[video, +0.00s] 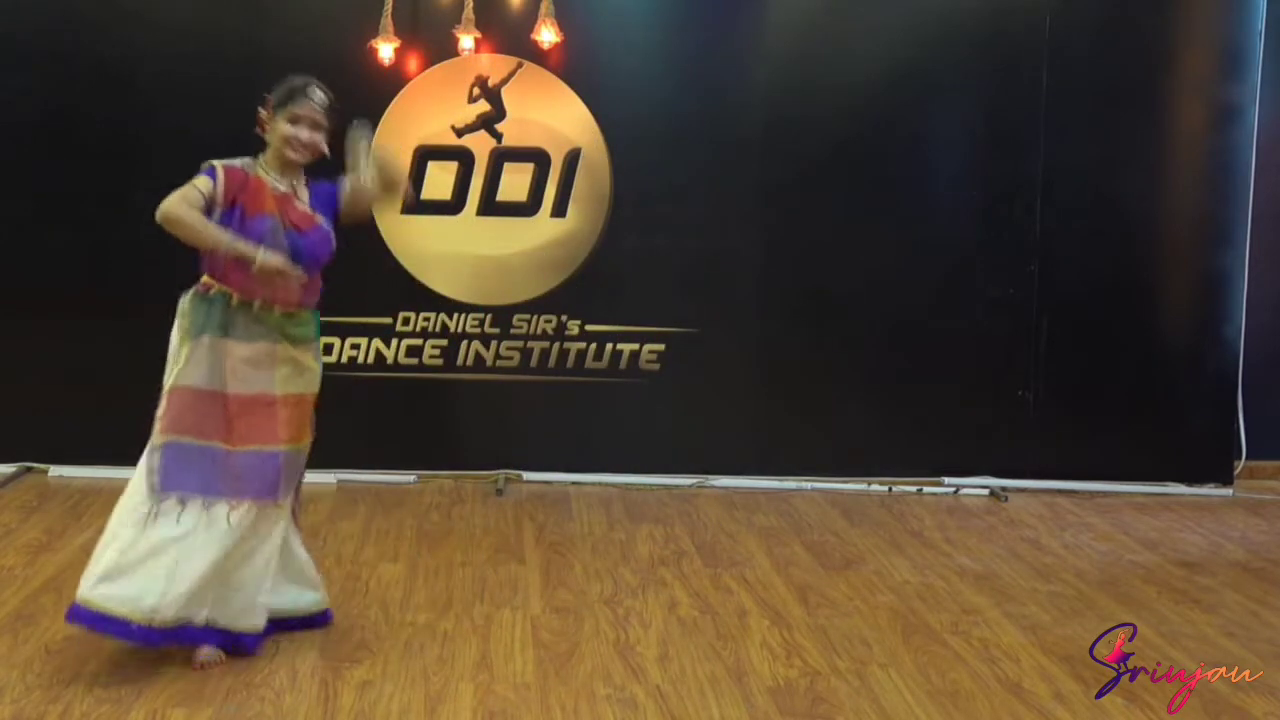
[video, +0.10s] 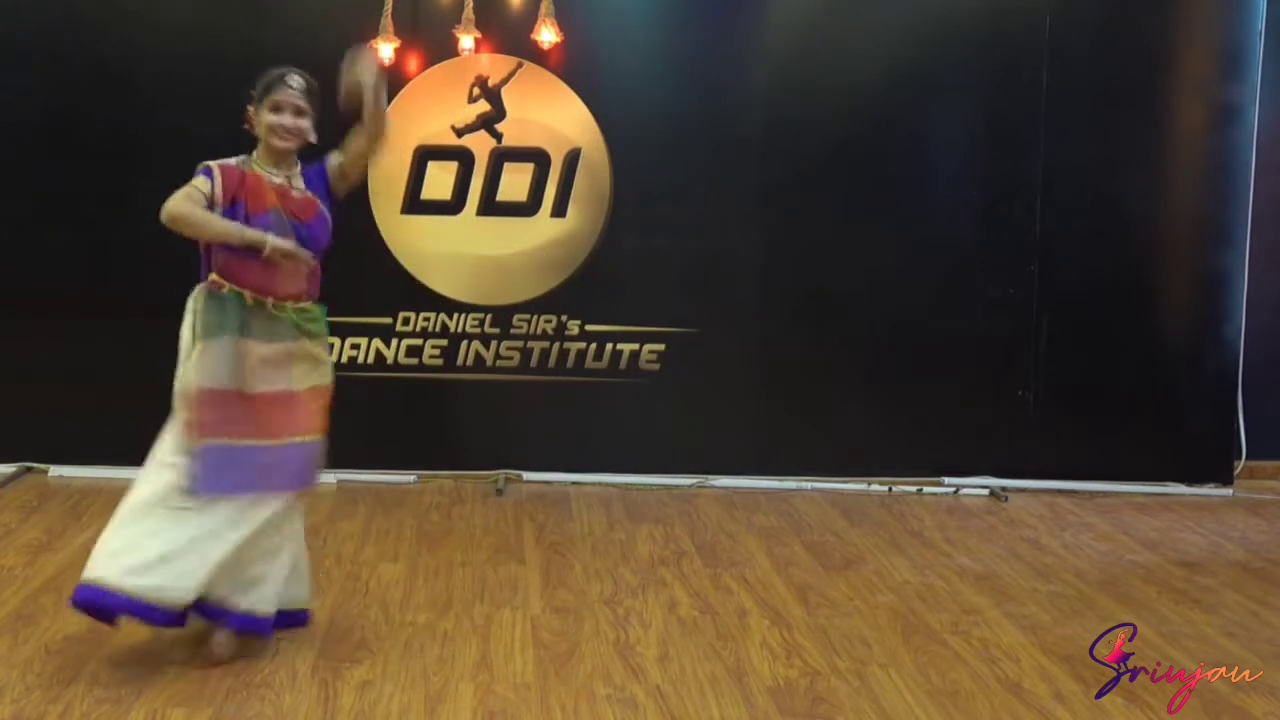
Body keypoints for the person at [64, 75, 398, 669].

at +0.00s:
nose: (307, 134)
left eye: (318, 127)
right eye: (297, 121)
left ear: (326, 138)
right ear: (267, 121)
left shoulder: (323, 194)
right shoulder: (231, 176)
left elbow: (380, 191)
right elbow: (172, 211)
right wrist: (254, 254)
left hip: (286, 350)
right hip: (220, 344)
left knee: (267, 481)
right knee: (218, 480)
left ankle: (243, 608)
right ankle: (205, 617)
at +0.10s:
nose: (290, 120)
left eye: (300, 113)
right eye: (279, 110)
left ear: (312, 126)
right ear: (254, 118)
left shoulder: (320, 183)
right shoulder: (228, 174)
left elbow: (368, 140)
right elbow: (176, 211)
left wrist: (370, 83)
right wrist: (260, 238)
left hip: (292, 351)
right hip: (225, 347)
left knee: (273, 479)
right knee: (204, 468)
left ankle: (240, 609)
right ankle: (122, 578)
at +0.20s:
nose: (271, 114)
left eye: (282, 105)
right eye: (259, 105)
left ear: (299, 115)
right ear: (241, 114)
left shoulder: (316, 171)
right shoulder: (223, 180)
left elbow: (368, 101)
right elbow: (199, 230)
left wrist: (396, 35)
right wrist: (286, 239)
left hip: (306, 335)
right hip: (237, 335)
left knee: (317, 465)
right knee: (234, 461)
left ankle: (264, 590)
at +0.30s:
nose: (268, 114)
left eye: (279, 104)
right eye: (256, 105)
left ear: (297, 115)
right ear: (240, 118)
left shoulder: (319, 165)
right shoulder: (230, 184)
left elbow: (369, 92)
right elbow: (235, 241)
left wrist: (394, 27)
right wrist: (314, 243)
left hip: (315, 323)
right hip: (249, 326)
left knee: (338, 449)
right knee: (254, 455)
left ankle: (337, 588)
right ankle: (235, 587)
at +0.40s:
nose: (293, 115)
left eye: (302, 106)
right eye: (280, 107)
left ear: (314, 116)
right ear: (255, 119)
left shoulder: (322, 156)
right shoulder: (264, 189)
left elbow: (352, 83)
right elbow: (315, 243)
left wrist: (347, 14)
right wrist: (377, 239)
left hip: (337, 326)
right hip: (281, 331)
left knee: (363, 447)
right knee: (274, 458)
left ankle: (353, 578)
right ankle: (246, 590)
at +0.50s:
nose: (336, 116)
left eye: (337, 105)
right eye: (320, 108)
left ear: (335, 112)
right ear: (280, 120)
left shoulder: (300, 173)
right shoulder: (319, 192)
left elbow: (320, 81)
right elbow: (388, 242)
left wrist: (292, 10)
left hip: (319, 332)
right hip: (316, 338)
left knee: (352, 457)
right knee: (304, 461)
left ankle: (358, 577)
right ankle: (251, 575)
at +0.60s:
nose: (379, 119)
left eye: (375, 110)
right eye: (371, 111)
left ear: (323, 125)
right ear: (343, 122)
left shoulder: (294, 174)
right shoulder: (388, 197)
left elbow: (269, 90)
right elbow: (444, 247)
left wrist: (270, 19)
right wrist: (397, 236)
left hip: (303, 327)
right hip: (368, 331)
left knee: (301, 451)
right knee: (379, 453)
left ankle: (278, 589)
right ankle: (294, 545)